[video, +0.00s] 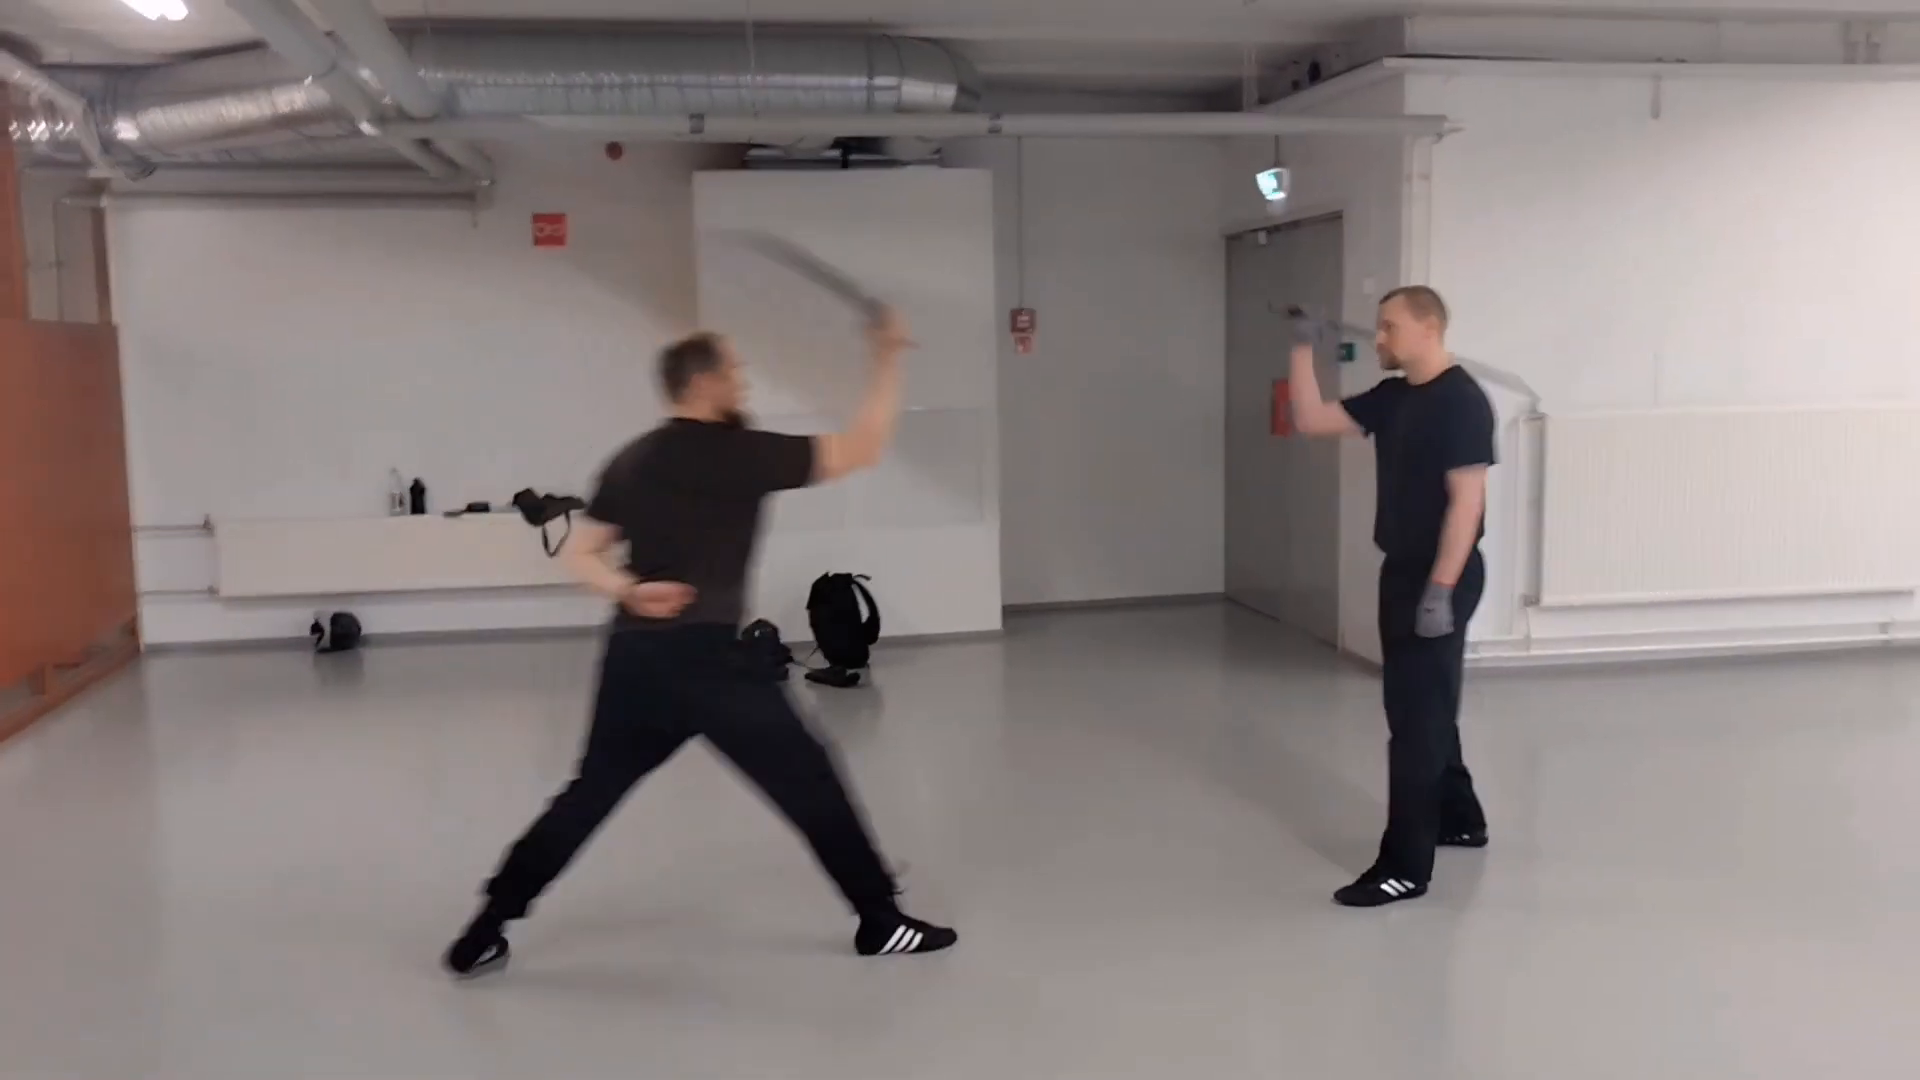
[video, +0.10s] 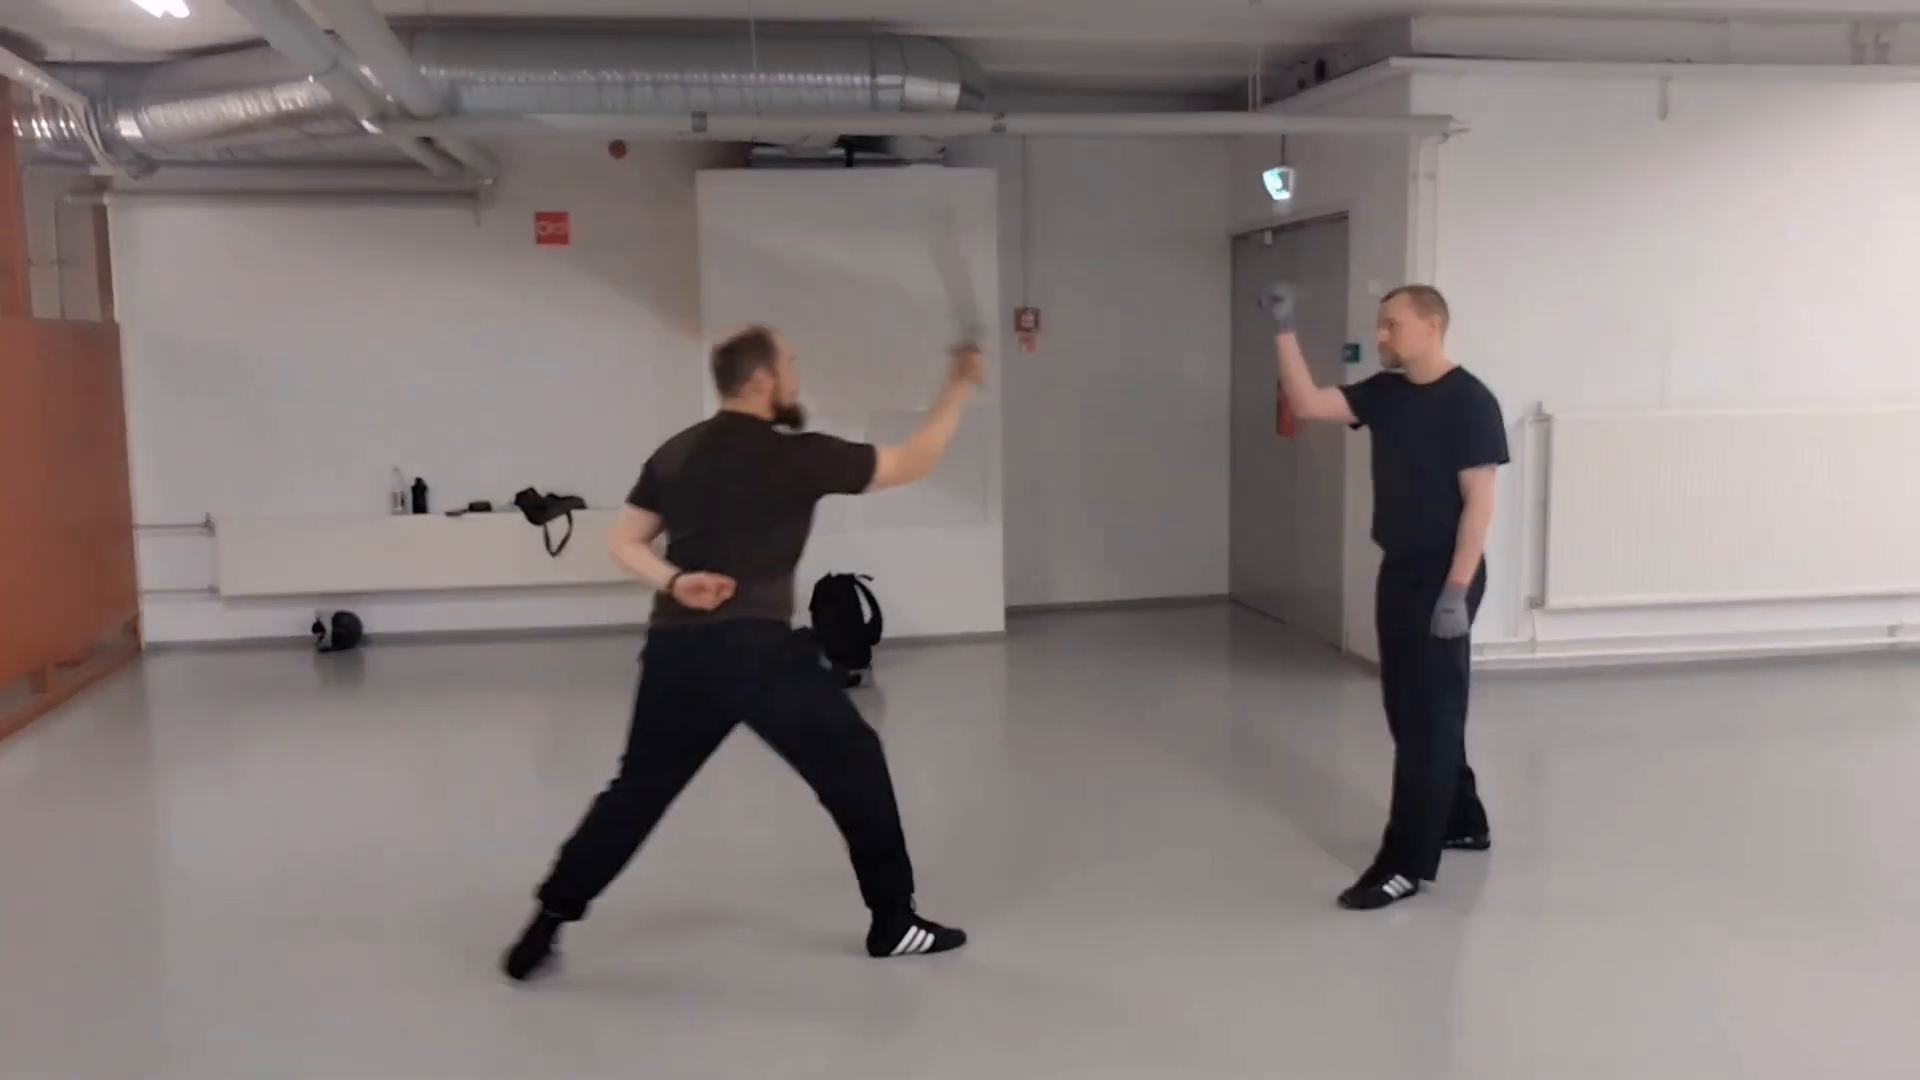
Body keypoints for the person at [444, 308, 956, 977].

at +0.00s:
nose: (741, 380)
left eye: (735, 368)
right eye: (731, 369)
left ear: (678, 386)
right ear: (704, 381)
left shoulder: (638, 459)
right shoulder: (740, 452)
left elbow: (578, 555)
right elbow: (859, 451)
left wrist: (628, 590)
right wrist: (887, 358)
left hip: (637, 662)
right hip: (714, 663)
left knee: (587, 798)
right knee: (809, 783)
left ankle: (484, 927)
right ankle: (881, 919)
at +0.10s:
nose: (796, 383)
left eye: (792, 369)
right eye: (789, 370)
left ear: (726, 384)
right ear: (766, 380)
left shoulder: (679, 453)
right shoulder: (794, 455)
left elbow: (624, 542)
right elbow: (909, 465)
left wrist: (673, 580)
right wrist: (960, 390)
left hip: (677, 656)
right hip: (763, 651)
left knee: (638, 790)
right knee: (853, 765)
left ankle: (544, 924)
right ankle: (894, 920)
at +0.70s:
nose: (745, 362)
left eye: (739, 349)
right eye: (734, 351)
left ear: (686, 372)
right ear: (704, 367)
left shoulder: (659, 446)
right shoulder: (742, 435)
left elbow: (629, 542)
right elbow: (858, 466)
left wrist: (643, 574)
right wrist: (926, 423)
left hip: (674, 647)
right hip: (743, 643)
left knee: (696, 789)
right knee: (828, 773)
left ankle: (584, 921)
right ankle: (892, 918)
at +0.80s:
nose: (694, 361)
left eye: (688, 349)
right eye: (682, 351)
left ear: (632, 371)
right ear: (650, 365)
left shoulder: (615, 442)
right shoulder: (680, 417)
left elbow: (605, 532)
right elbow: (780, 405)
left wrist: (599, 565)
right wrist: (857, 352)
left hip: (638, 644)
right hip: (696, 638)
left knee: (677, 788)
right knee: (783, 773)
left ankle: (583, 922)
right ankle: (871, 911)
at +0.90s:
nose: (648, 356)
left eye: (641, 346)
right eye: (635, 346)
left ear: (587, 370)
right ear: (599, 365)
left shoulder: (573, 444)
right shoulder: (620, 417)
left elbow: (593, 531)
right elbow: (717, 372)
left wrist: (583, 568)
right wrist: (786, 296)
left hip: (610, 638)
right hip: (660, 629)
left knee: (670, 785)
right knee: (767, 752)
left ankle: (589, 921)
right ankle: (813, 911)